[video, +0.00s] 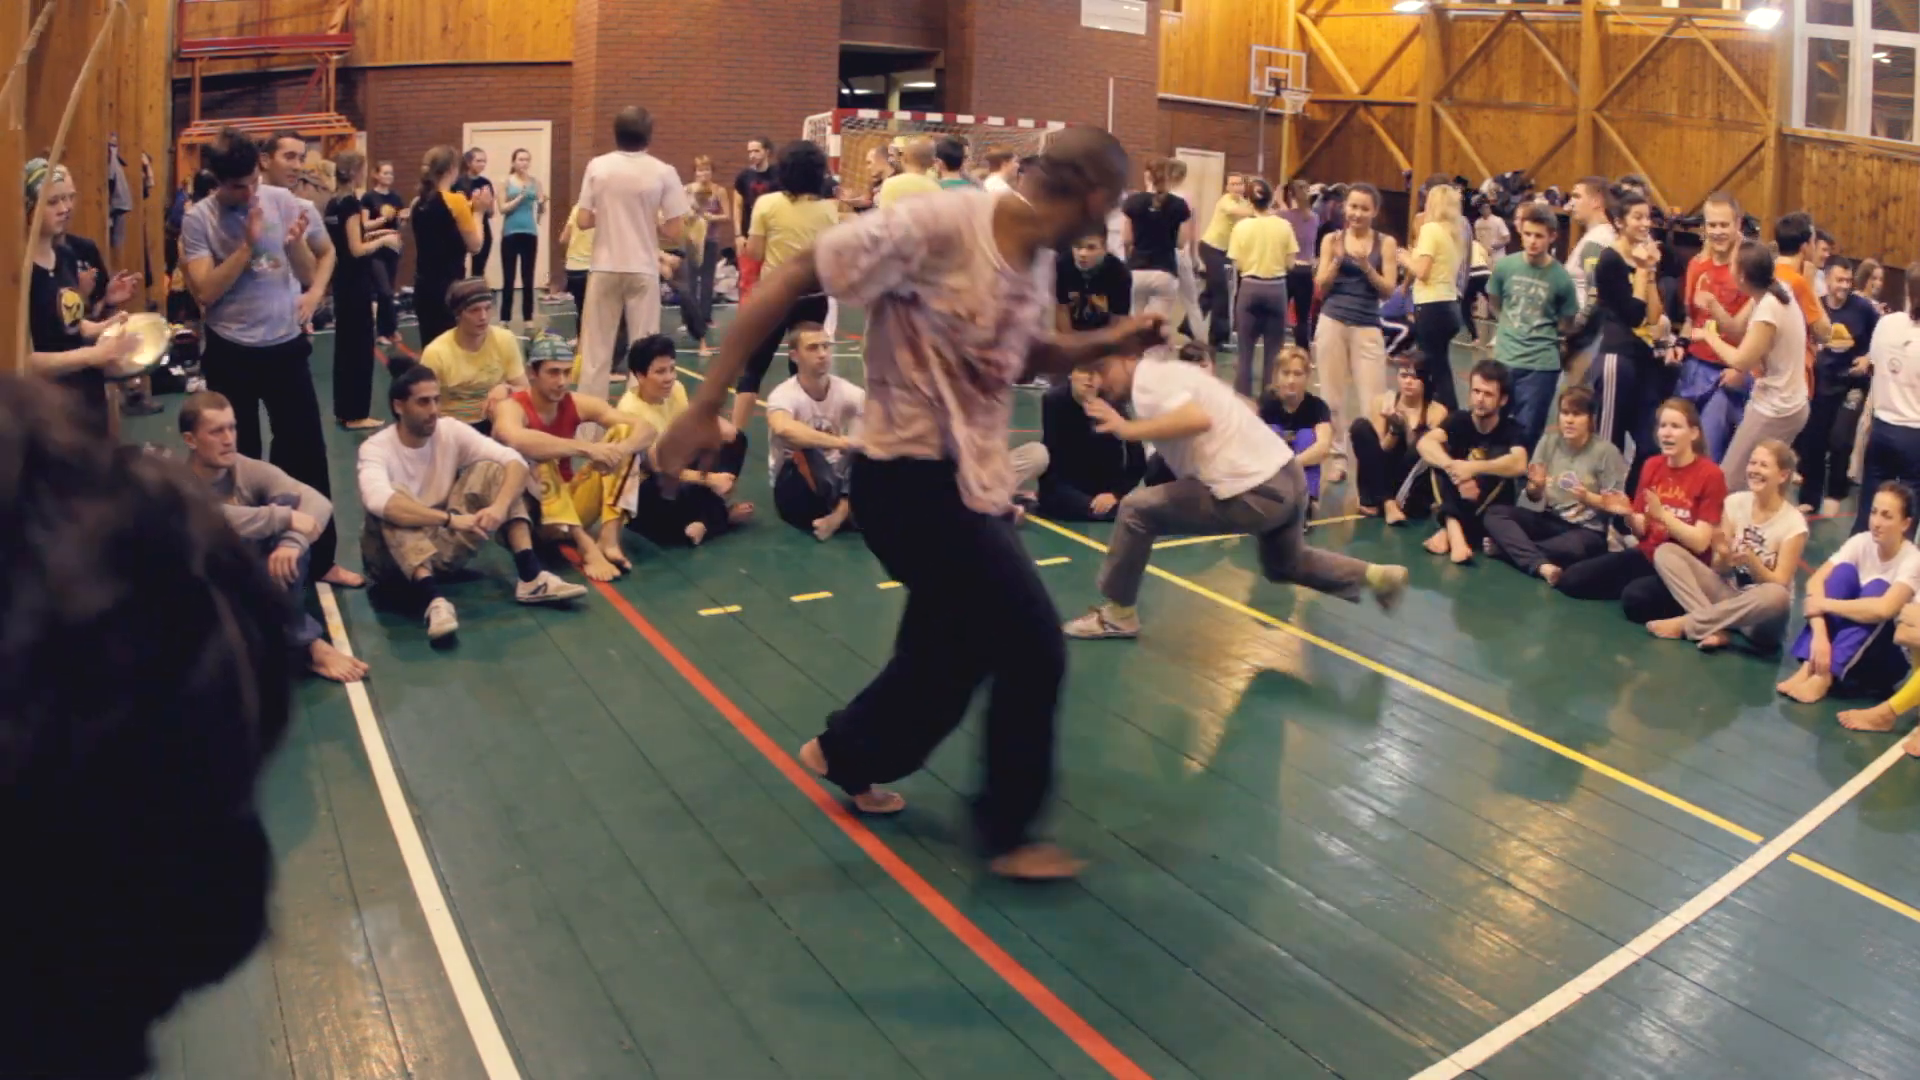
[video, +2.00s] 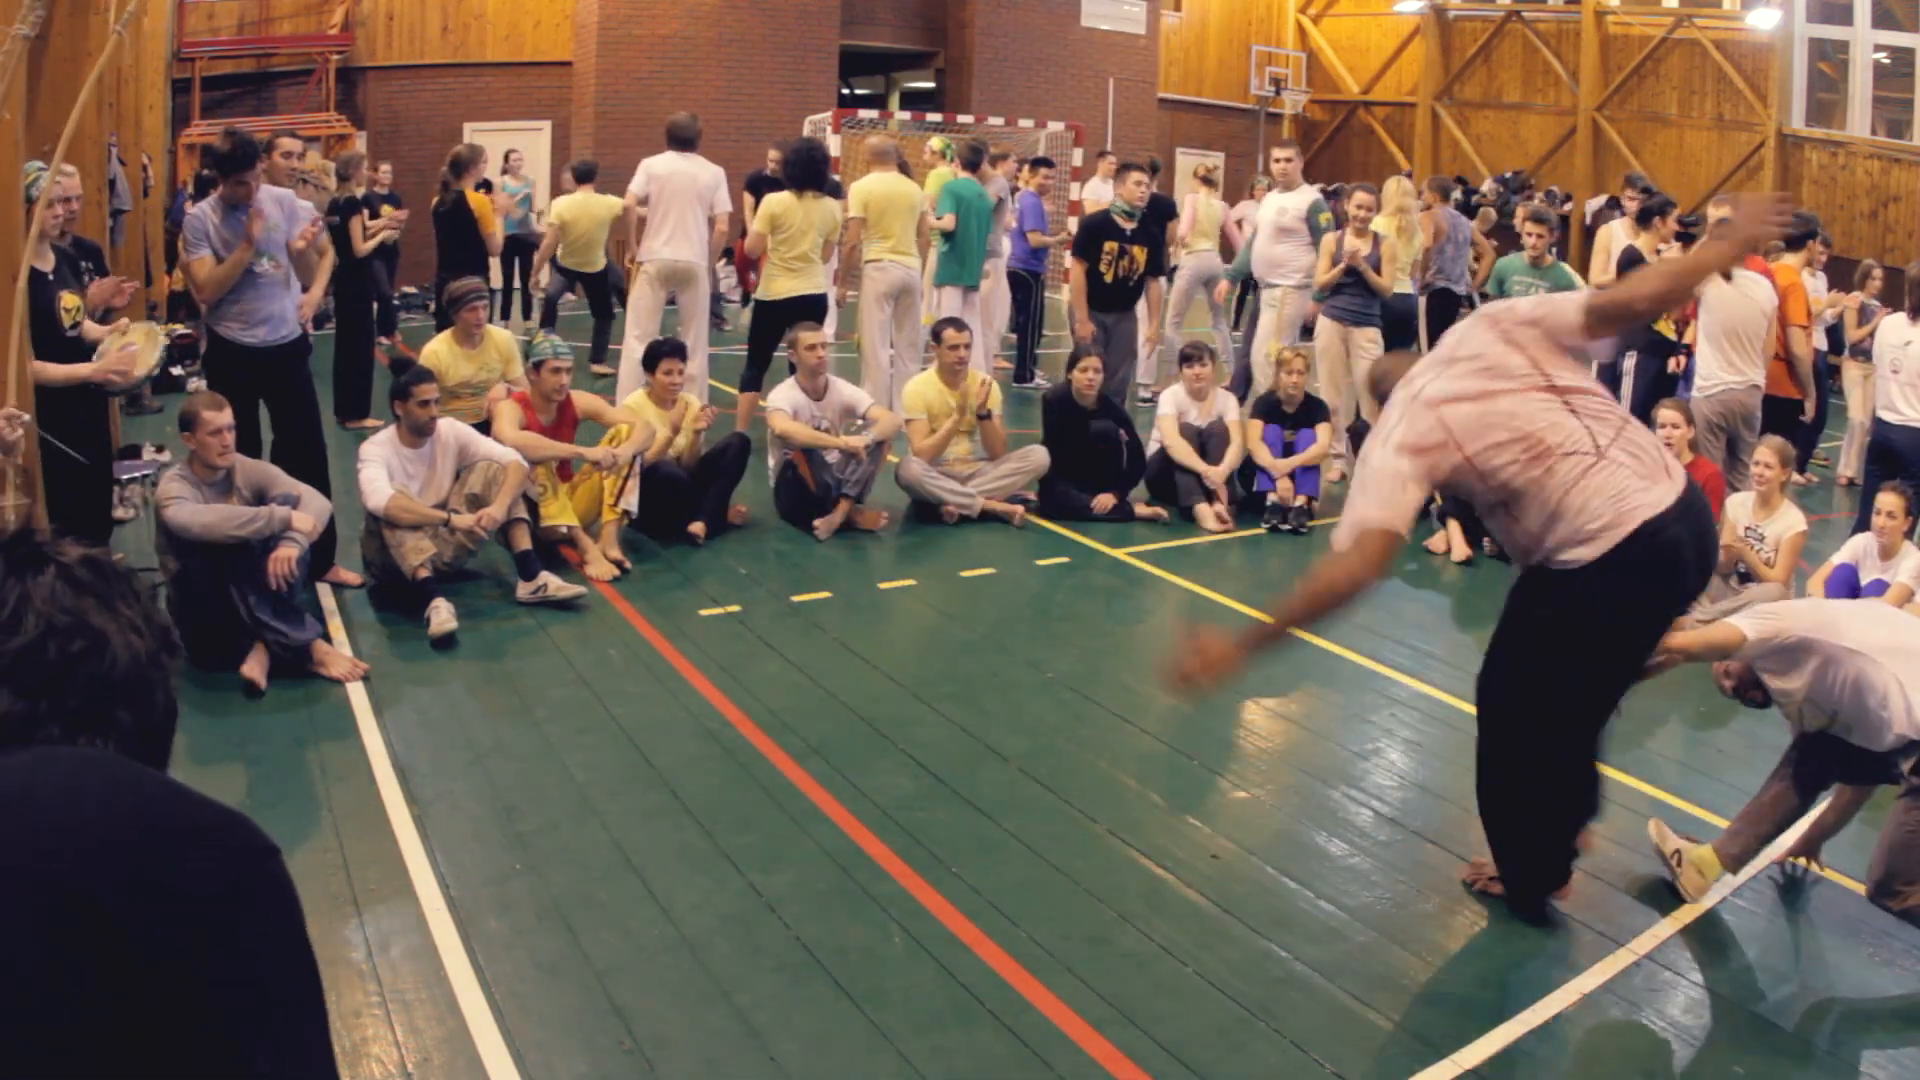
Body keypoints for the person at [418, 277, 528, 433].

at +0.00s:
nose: (483, 317)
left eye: (487, 309)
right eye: (474, 310)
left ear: (491, 309)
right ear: (458, 313)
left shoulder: (504, 340)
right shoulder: (435, 352)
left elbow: (523, 387)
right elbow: (424, 402)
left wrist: (505, 388)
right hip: (450, 428)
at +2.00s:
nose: (480, 316)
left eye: (484, 308)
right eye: (471, 310)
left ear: (488, 309)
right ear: (454, 313)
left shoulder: (503, 339)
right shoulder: (434, 351)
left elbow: (524, 389)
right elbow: (420, 400)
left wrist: (505, 387)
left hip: (494, 423)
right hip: (449, 428)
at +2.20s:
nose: (463, 322)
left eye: (469, 313)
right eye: (456, 315)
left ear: (485, 313)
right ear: (451, 317)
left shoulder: (504, 340)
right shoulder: (435, 352)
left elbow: (525, 390)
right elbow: (422, 401)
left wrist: (505, 387)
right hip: (449, 428)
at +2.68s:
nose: (461, 325)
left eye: (467, 319)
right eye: (459, 318)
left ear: (490, 318)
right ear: (456, 314)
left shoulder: (516, 336)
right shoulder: (445, 341)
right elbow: (433, 396)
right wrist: (451, 424)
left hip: (500, 415)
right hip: (456, 416)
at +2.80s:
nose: (454, 306)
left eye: (459, 301)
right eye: (452, 300)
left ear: (479, 301)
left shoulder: (516, 319)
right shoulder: (443, 319)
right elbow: (440, 378)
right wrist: (460, 416)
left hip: (498, 396)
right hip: (455, 396)